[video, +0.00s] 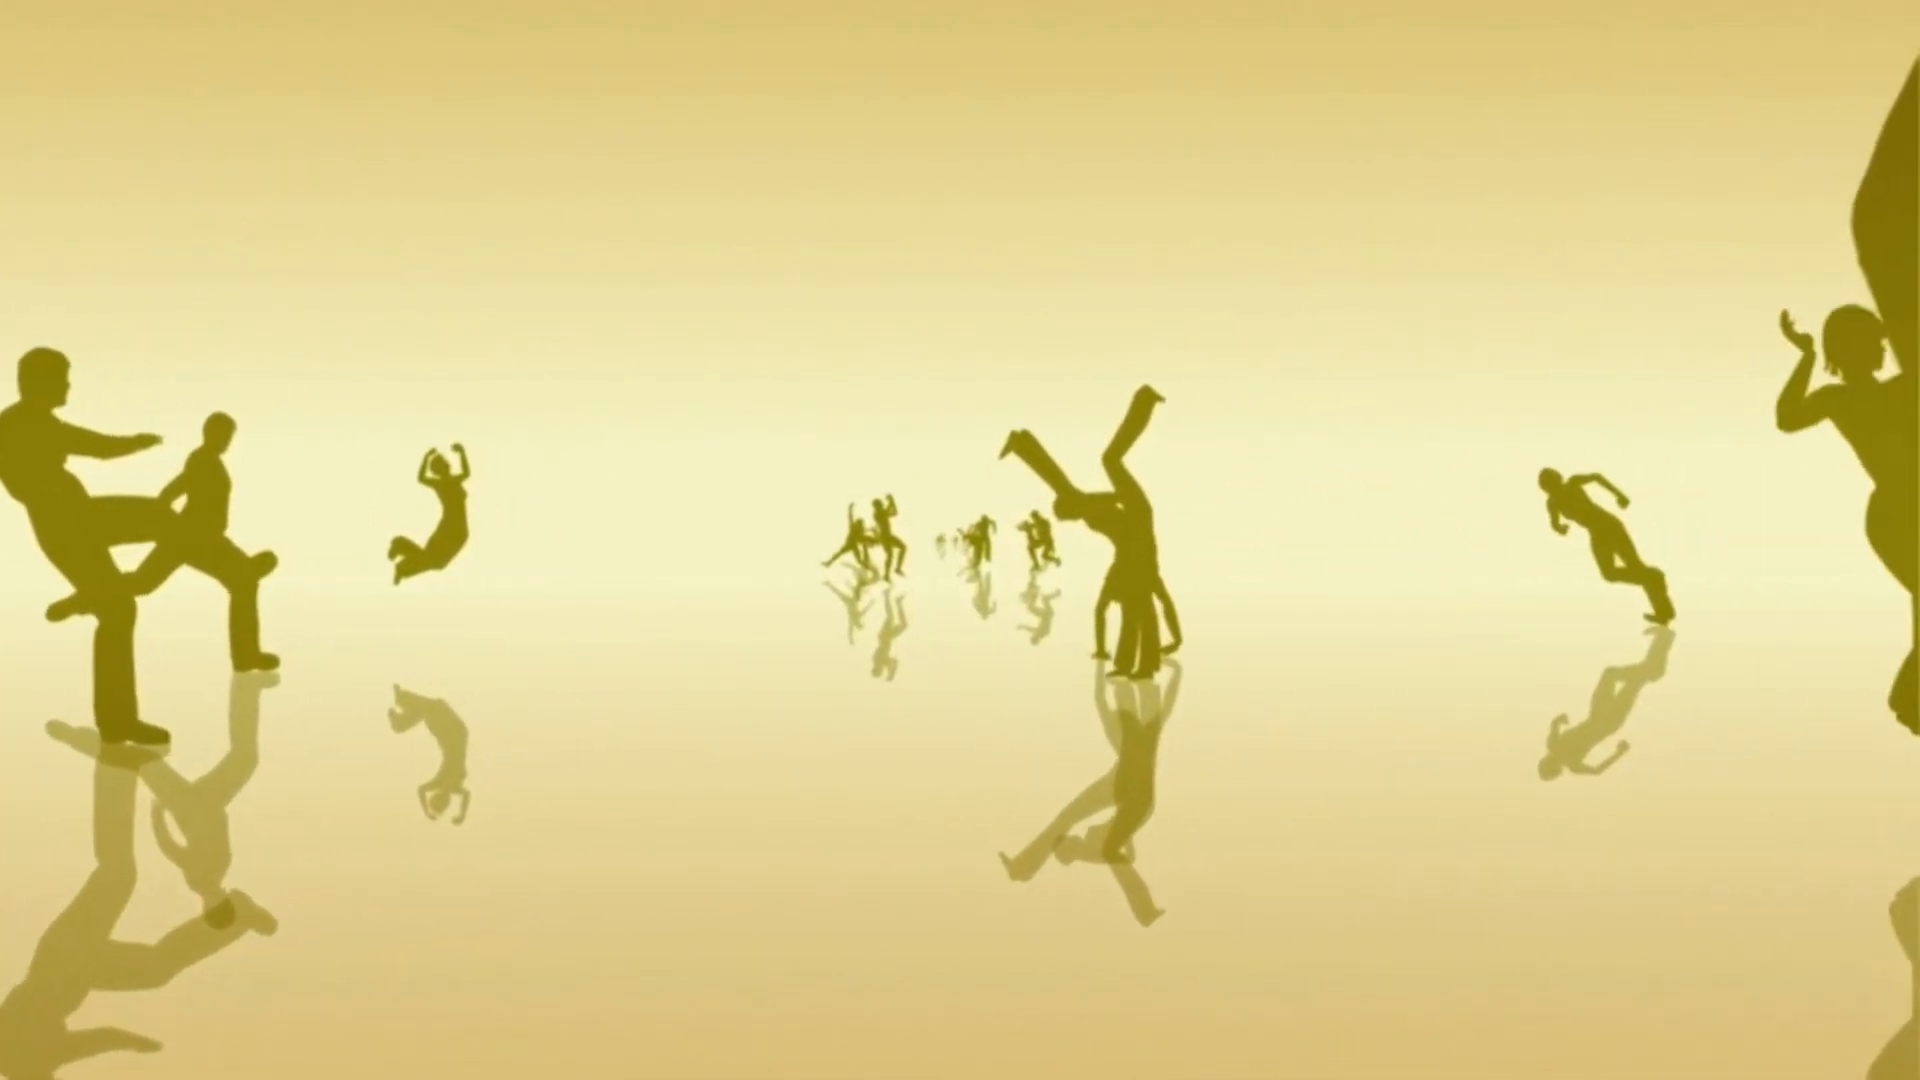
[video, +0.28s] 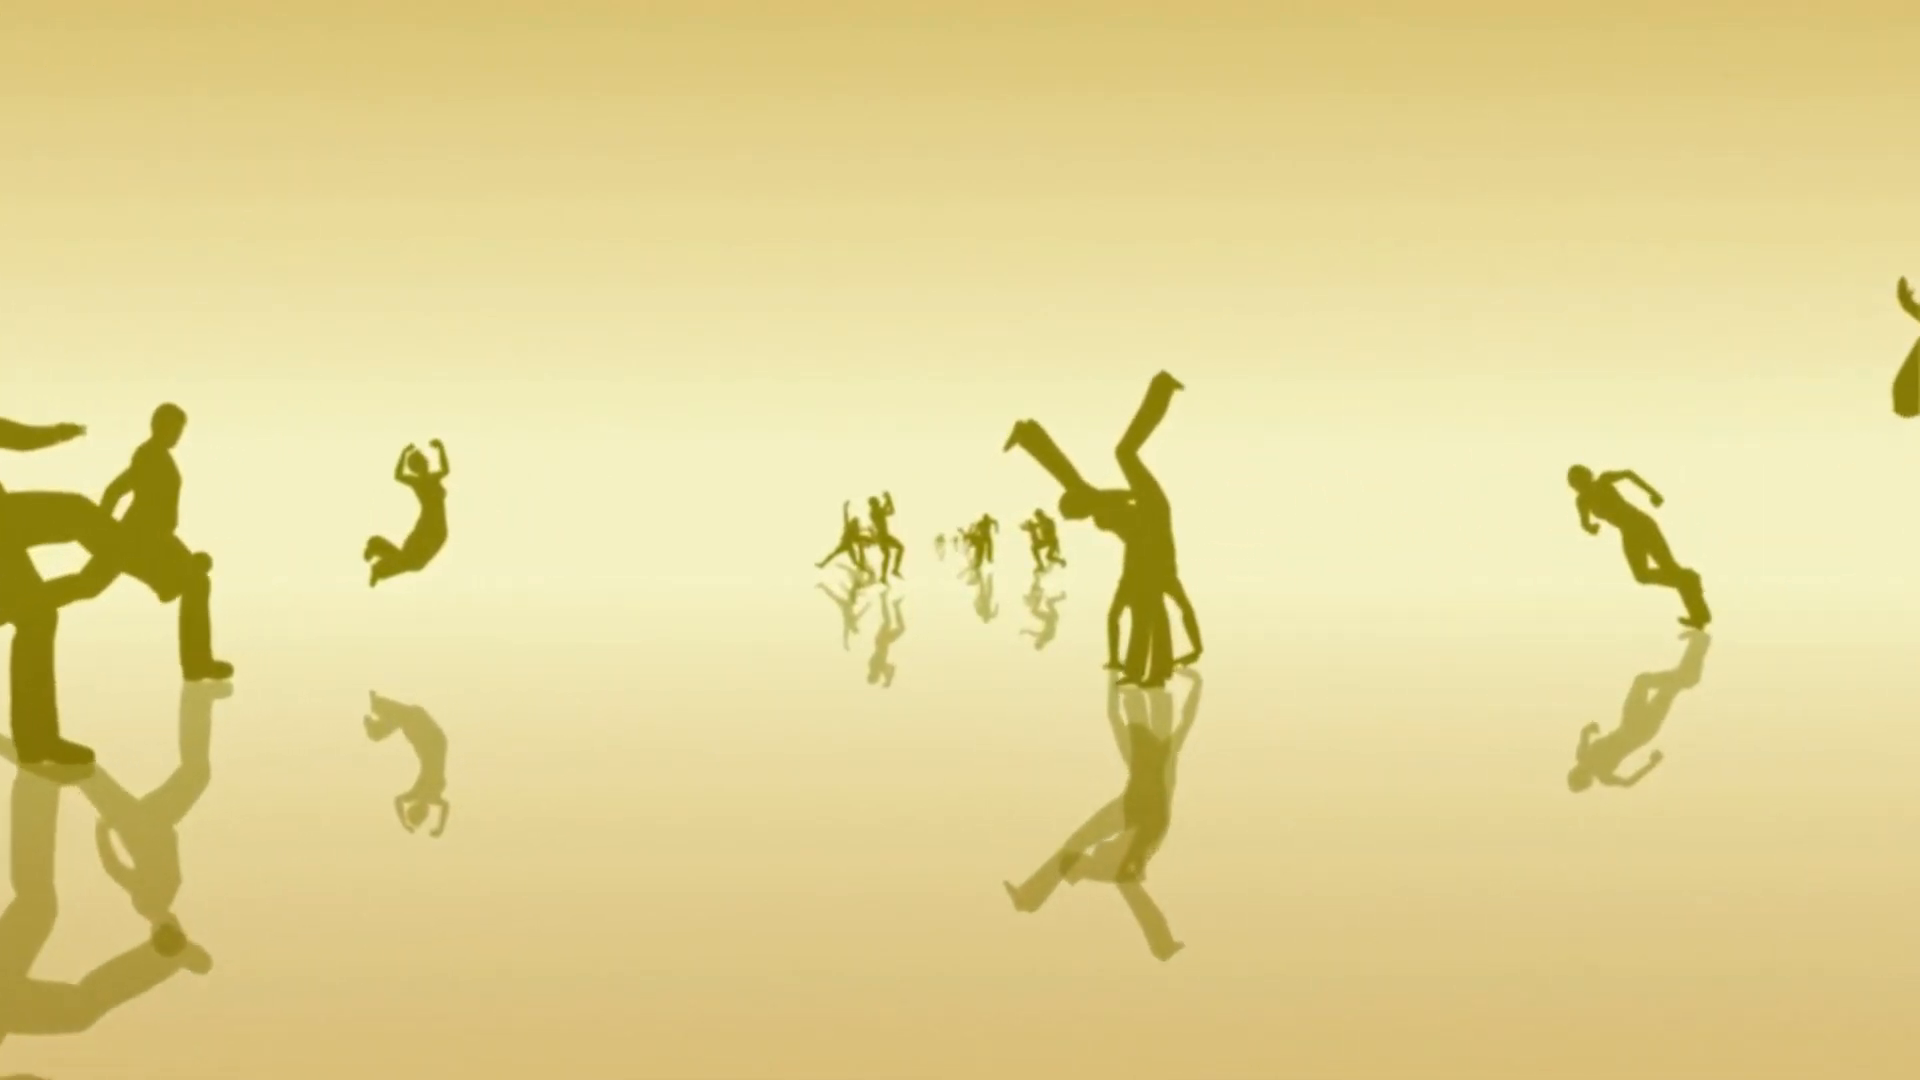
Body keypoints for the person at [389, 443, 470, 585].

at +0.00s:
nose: (443, 466)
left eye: (443, 462)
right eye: (439, 464)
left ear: (448, 463)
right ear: (435, 469)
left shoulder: (455, 481)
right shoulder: (438, 483)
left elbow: (466, 473)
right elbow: (421, 478)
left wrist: (462, 453)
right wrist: (426, 458)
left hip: (461, 528)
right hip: (447, 525)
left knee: (440, 563)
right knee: (431, 558)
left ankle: (403, 570)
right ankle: (401, 545)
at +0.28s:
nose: (422, 463)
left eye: (422, 459)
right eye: (417, 462)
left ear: (426, 460)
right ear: (413, 466)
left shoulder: (433, 478)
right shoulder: (416, 481)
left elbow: (445, 470)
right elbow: (398, 476)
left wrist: (441, 449)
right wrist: (403, 454)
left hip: (440, 527)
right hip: (426, 523)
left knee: (418, 564)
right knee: (408, 559)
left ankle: (380, 571)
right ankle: (377, 545)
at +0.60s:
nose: (402, 460)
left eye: (402, 456)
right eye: (397, 458)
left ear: (406, 457)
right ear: (392, 463)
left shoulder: (413, 476)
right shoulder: (396, 478)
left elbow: (425, 468)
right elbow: (377, 473)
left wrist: (421, 445)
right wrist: (382, 450)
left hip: (420, 528)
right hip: (405, 524)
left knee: (397, 565)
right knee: (387, 559)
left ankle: (357, 572)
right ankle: (355, 545)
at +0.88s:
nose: (375, 457)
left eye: (376, 452)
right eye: (370, 455)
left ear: (381, 454)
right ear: (366, 460)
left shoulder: (388, 473)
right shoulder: (370, 476)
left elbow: (401, 465)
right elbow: (350, 470)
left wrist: (396, 441)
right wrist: (356, 446)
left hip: (396, 527)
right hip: (380, 523)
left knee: (372, 567)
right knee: (360, 561)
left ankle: (331, 574)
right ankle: (328, 545)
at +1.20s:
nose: (352, 453)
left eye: (353, 449)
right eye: (347, 451)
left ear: (358, 450)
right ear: (342, 457)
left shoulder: (365, 470)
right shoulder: (346, 473)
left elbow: (378, 461)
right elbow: (326, 468)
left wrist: (373, 437)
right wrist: (332, 442)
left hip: (373, 526)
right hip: (357, 522)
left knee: (347, 568)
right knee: (335, 561)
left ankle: (304, 575)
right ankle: (301, 545)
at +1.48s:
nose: (322, 448)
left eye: (322, 443)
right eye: (317, 446)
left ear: (328, 445)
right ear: (312, 452)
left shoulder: (335, 466)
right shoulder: (315, 469)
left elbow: (350, 458)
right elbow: (294, 464)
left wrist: (345, 431)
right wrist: (301, 437)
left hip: (344, 526)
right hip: (327, 522)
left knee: (317, 569)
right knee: (306, 562)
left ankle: (273, 577)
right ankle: (269, 546)